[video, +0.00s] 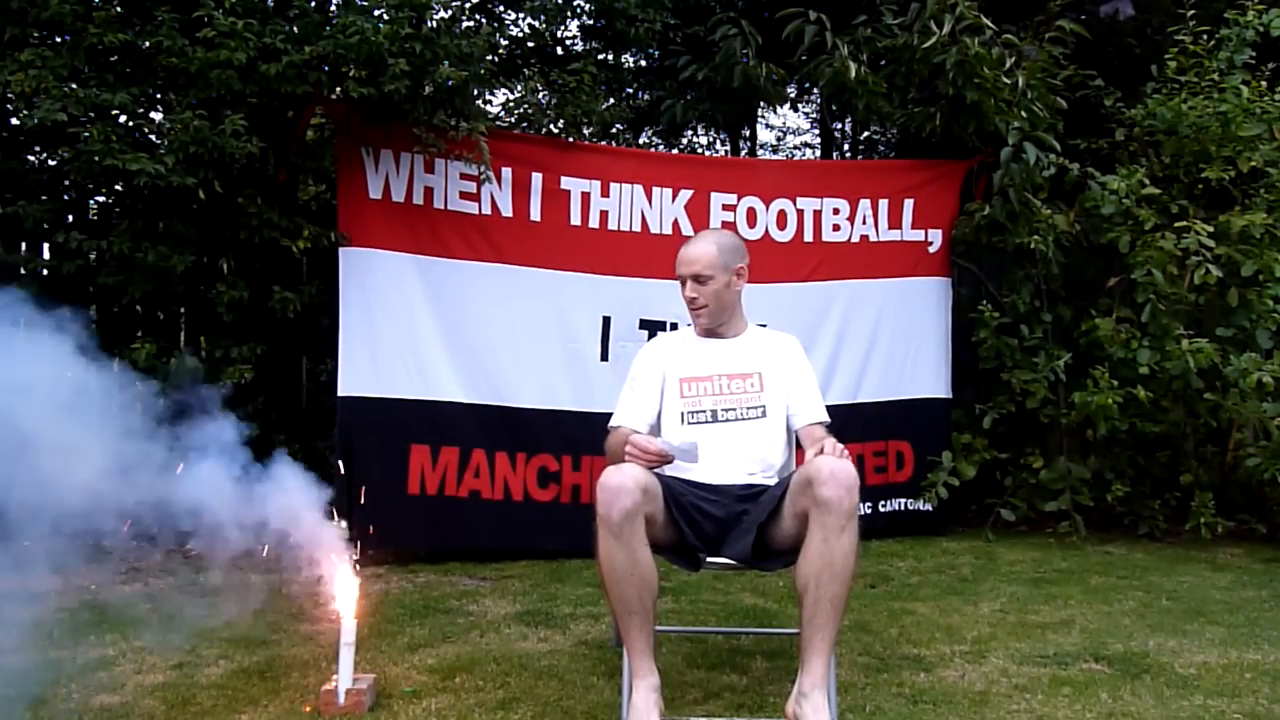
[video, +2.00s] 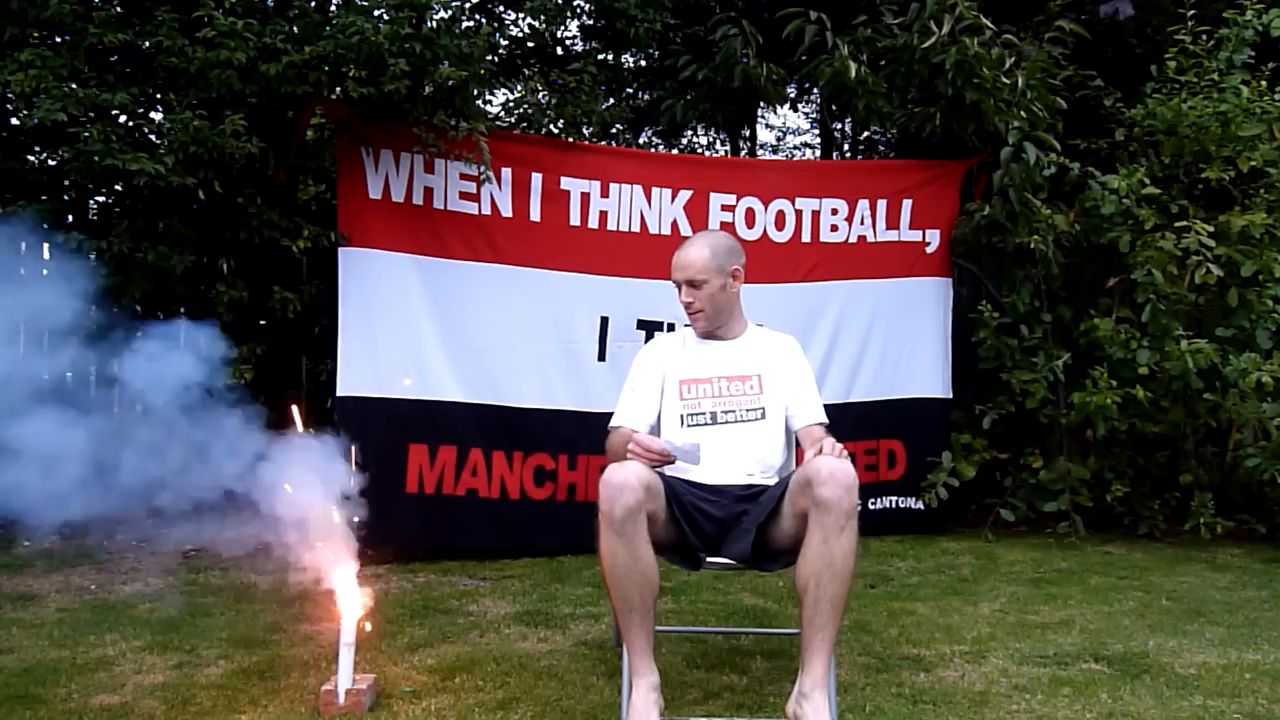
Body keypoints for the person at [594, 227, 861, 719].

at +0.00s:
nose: (689, 295)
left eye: (701, 281)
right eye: (683, 282)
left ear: (739, 279)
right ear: (678, 283)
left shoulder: (783, 349)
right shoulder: (660, 351)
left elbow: (813, 435)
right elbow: (615, 442)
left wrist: (825, 446)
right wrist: (632, 445)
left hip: (767, 504)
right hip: (679, 503)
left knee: (838, 477)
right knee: (615, 486)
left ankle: (812, 689)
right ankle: (643, 683)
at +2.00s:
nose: (685, 299)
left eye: (696, 285)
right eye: (679, 287)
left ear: (735, 279)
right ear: (674, 286)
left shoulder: (782, 350)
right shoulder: (659, 352)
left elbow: (812, 437)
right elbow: (616, 442)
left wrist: (823, 446)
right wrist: (635, 445)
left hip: (768, 505)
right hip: (680, 503)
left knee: (836, 477)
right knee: (617, 485)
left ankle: (812, 690)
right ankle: (642, 682)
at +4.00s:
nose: (725, 280)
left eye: (737, 269)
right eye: (713, 269)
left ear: (753, 277)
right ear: (693, 277)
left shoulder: (785, 348)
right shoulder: (660, 349)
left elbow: (814, 433)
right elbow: (623, 434)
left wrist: (824, 448)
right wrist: (623, 446)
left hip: (767, 502)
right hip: (680, 499)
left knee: (835, 494)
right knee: (619, 492)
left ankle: (806, 697)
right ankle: (645, 687)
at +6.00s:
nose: (721, 279)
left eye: (732, 267)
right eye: (708, 268)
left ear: (749, 276)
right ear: (690, 278)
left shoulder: (783, 350)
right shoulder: (657, 353)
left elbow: (815, 433)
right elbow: (621, 437)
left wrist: (825, 450)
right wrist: (622, 445)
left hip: (767, 504)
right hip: (680, 502)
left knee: (838, 503)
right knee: (619, 493)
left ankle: (803, 700)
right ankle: (645, 688)